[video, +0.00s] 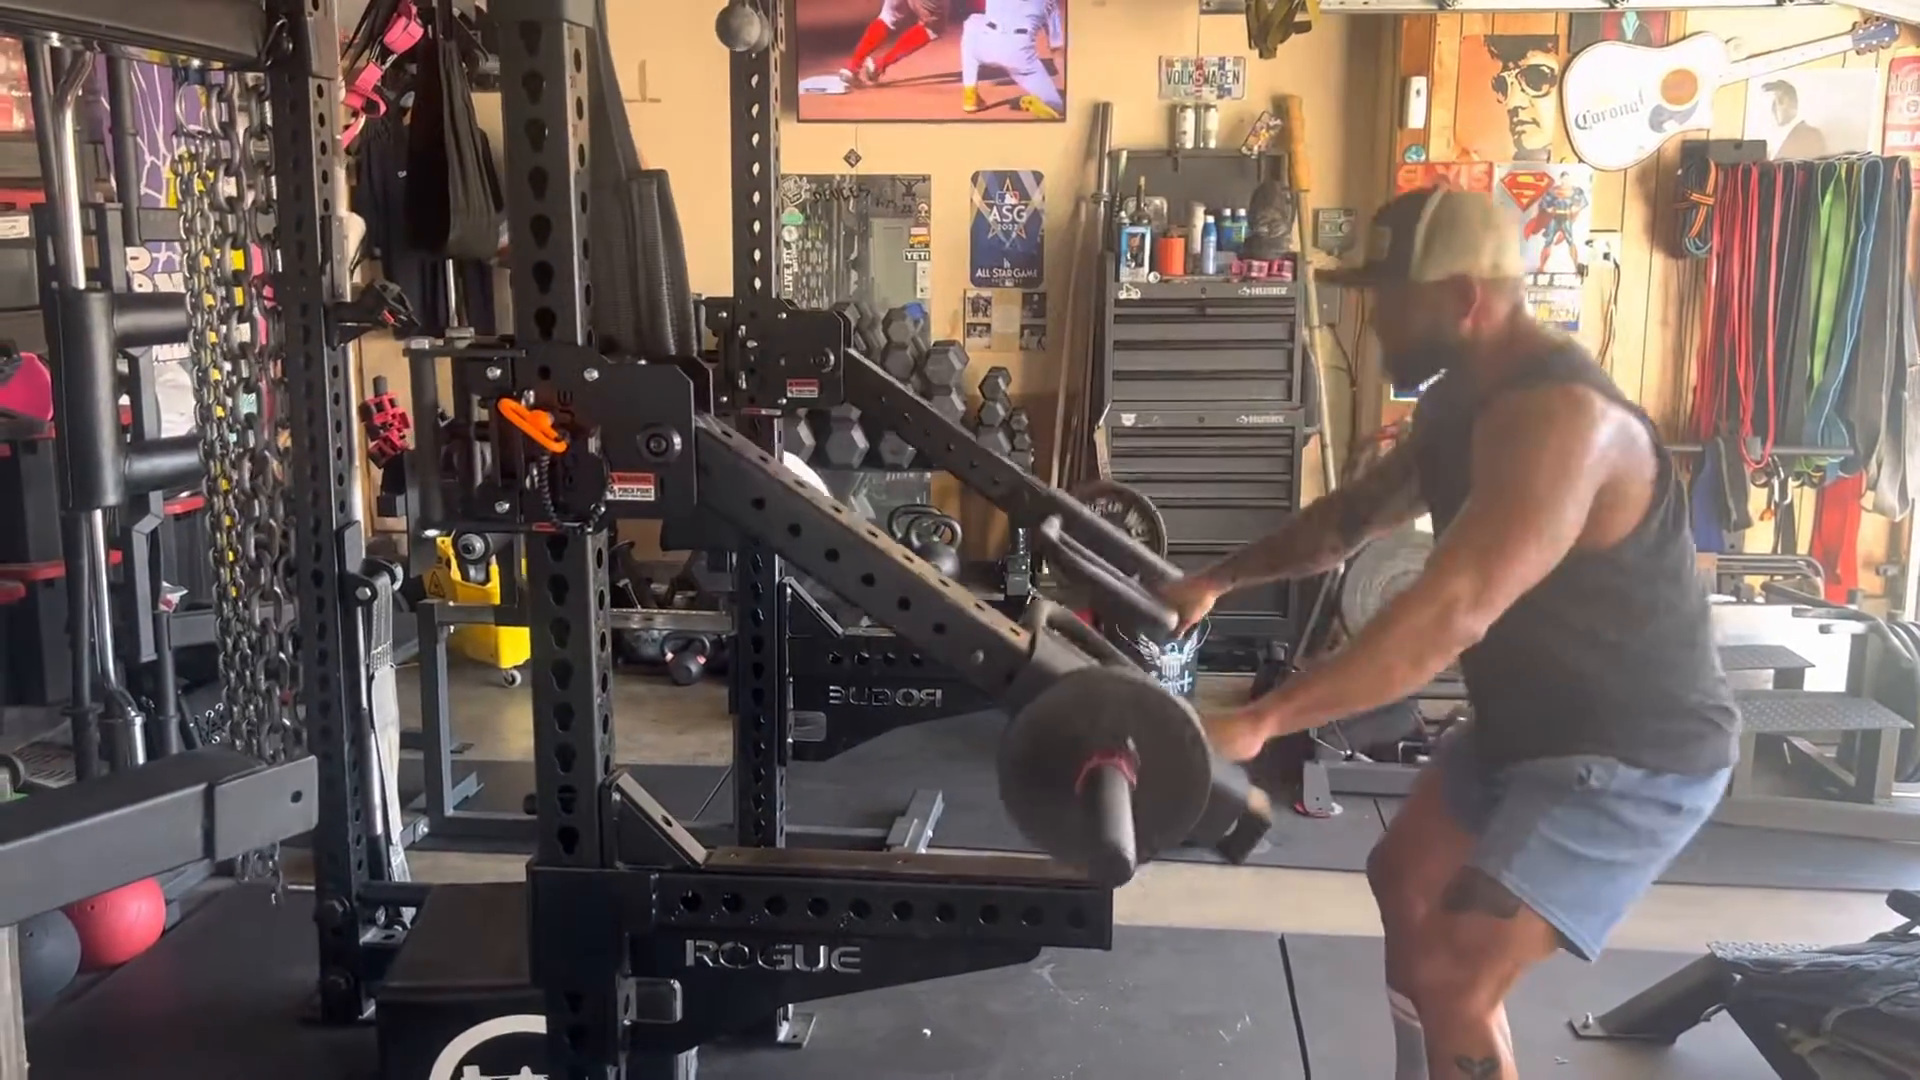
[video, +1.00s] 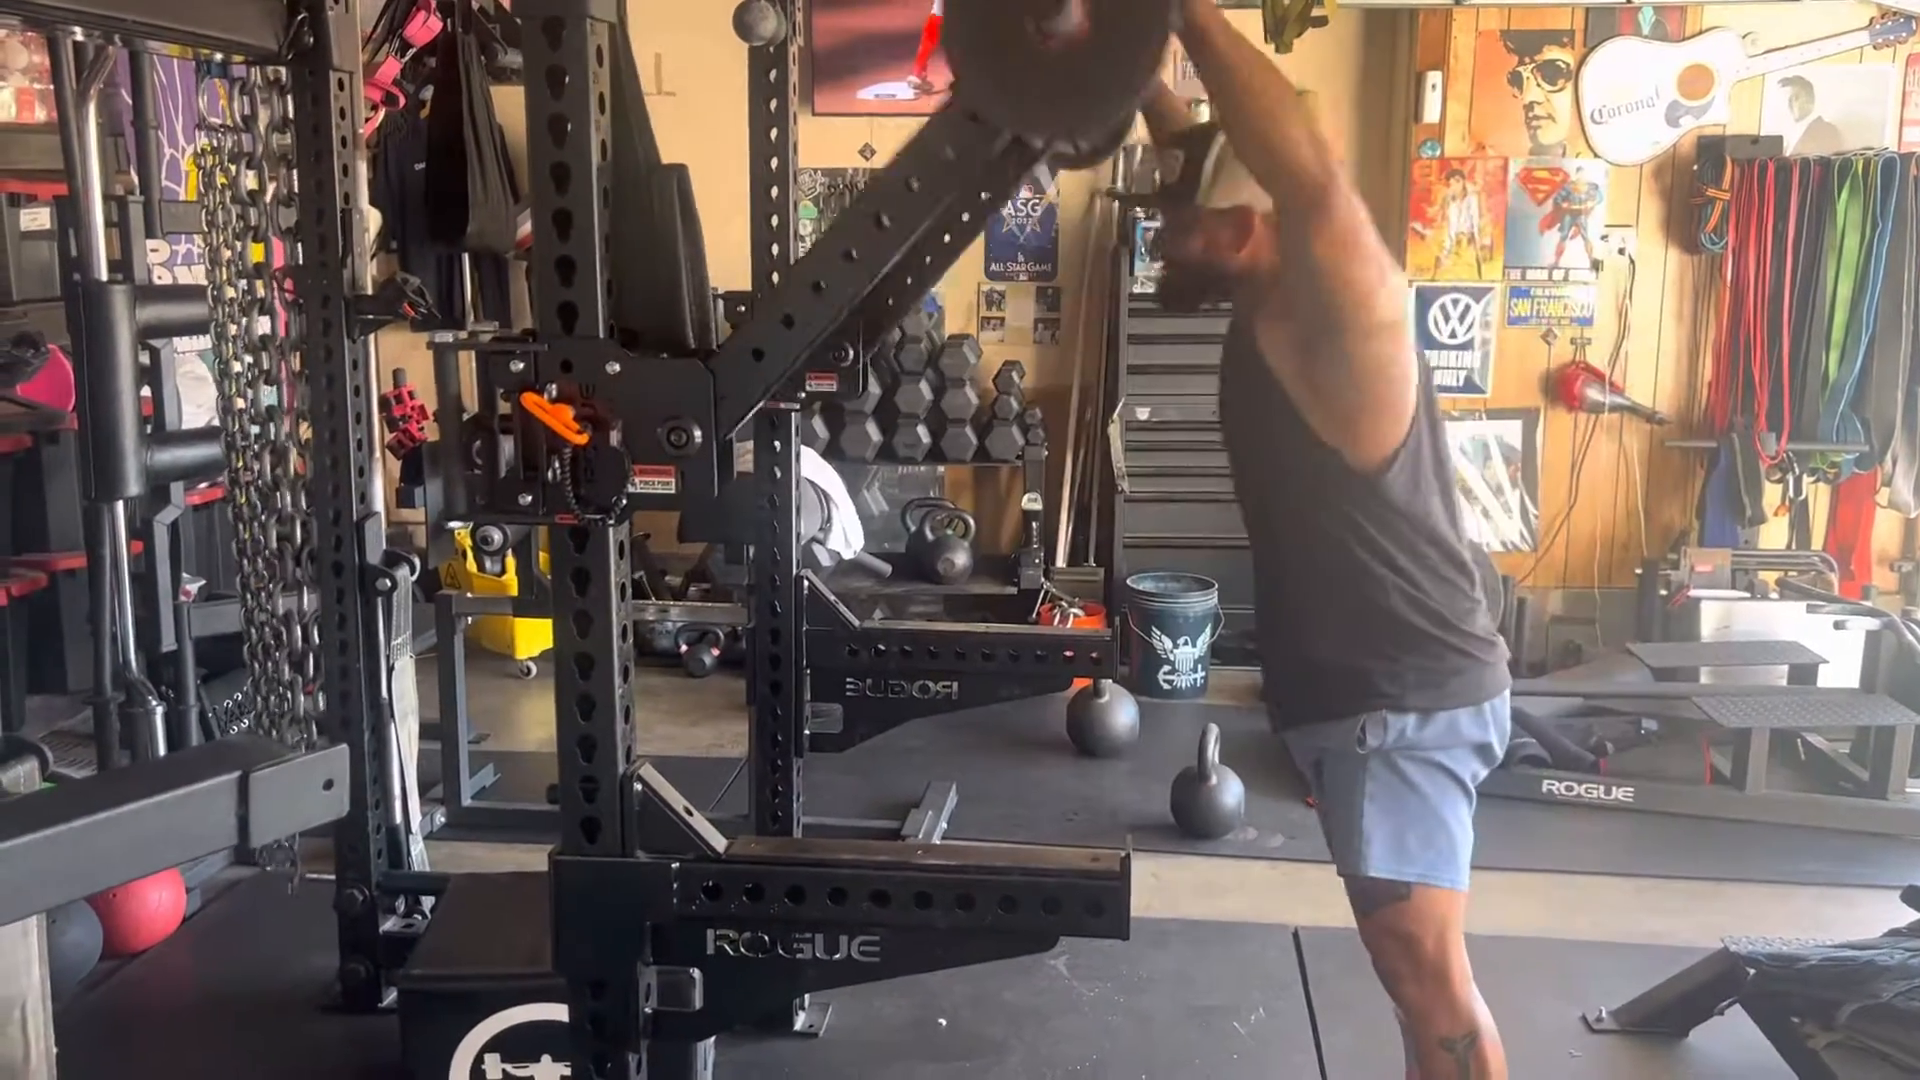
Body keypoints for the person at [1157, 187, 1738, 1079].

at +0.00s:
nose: (1372, 310)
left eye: (1388, 288)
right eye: (1373, 288)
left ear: (1467, 302)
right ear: (1466, 304)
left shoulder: (1559, 417)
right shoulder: (1462, 402)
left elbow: (1453, 608)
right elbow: (1350, 517)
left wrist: (1261, 718)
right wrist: (1216, 578)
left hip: (1629, 750)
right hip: (1523, 724)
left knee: (1453, 987)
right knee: (1405, 876)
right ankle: (1444, 1047)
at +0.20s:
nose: (1310, 386)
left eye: (1321, 358)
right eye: (1311, 362)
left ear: (1398, 366)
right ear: (1399, 367)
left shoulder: (1505, 465)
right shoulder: (1418, 457)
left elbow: (1441, 659)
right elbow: (1329, 562)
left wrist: (1253, 754)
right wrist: (1203, 610)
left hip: (1649, 771)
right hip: (1534, 740)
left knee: (1438, 980)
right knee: (1395, 877)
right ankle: (1429, 1062)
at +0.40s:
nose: (1433, 320)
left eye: (1451, 298)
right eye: (1434, 298)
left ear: (1532, 310)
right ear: (1523, 313)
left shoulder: (1606, 429)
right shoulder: (1497, 409)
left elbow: (1455, 584)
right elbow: (1370, 508)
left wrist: (1274, 701)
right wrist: (1222, 584)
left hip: (1667, 762)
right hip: (1555, 731)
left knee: (1466, 977)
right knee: (1419, 872)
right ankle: (1436, 1064)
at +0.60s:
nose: (1456, 224)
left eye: (1471, 200)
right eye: (1458, 201)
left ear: (1548, 206)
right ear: (1538, 209)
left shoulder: (1628, 330)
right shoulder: (1514, 324)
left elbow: (1649, 440)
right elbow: (1435, 369)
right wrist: (1334, 352)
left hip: (1504, 697)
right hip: (1424, 674)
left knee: (1433, 973)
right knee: (1402, 936)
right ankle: (1432, 1067)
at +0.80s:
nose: (1316, 217)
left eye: (1324, 197)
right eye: (1313, 199)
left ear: (1345, 201)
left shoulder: (1428, 301)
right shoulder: (1363, 306)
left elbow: (1519, 330)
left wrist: (1355, 197)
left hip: (1415, 704)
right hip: (1378, 695)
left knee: (1418, 978)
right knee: (1409, 968)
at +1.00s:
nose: (1177, 253)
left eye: (1193, 228)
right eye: (1179, 230)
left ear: (1250, 221)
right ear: (1248, 227)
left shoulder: (1332, 290)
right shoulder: (1277, 304)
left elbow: (1311, 167)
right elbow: (1212, 196)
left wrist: (1189, 8)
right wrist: (1166, 98)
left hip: (1402, 696)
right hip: (1366, 692)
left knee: (1424, 971)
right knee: (1413, 962)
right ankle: (1438, 1069)